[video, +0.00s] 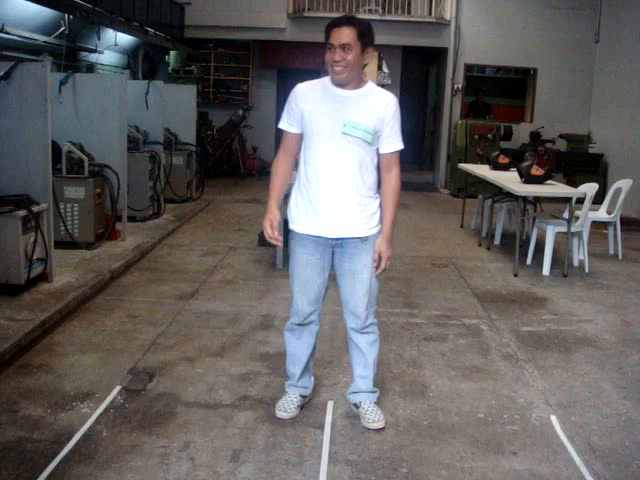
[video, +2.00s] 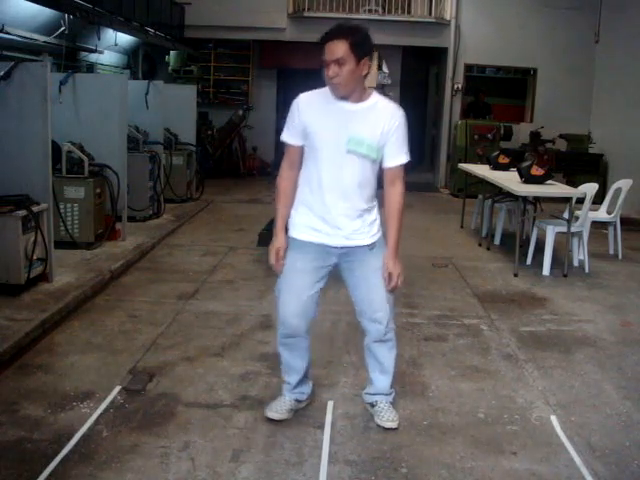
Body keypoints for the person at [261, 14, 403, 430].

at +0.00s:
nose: (337, 55)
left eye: (346, 47)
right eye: (331, 47)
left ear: (366, 53)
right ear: (324, 51)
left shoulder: (384, 104)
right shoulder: (303, 94)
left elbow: (390, 171)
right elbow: (285, 155)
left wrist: (386, 233)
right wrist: (272, 207)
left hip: (361, 231)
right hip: (307, 227)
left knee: (361, 319)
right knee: (302, 314)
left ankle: (364, 395)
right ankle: (297, 387)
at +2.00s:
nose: (330, 72)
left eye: (339, 63)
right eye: (326, 64)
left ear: (364, 64)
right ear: (323, 64)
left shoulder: (389, 115)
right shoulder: (305, 105)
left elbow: (394, 185)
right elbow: (288, 169)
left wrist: (392, 250)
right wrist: (280, 230)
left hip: (363, 241)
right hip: (306, 237)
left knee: (378, 321)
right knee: (290, 319)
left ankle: (380, 394)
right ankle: (296, 389)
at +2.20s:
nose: (283, 83)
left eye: (293, 76)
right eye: (280, 75)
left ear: (320, 78)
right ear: (276, 74)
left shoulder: (344, 127)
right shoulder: (262, 113)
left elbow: (361, 191)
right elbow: (251, 172)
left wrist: (361, 256)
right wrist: (244, 233)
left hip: (328, 248)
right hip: (272, 244)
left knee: (357, 321)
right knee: (251, 314)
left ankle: (379, 397)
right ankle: (265, 383)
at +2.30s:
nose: (260, 75)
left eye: (269, 67)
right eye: (254, 65)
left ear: (291, 68)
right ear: (247, 64)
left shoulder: (312, 113)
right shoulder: (232, 95)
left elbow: (340, 168)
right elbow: (220, 150)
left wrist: (340, 233)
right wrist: (214, 212)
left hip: (289, 236)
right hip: (237, 232)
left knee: (311, 315)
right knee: (239, 315)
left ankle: (350, 389)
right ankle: (264, 382)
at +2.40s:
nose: (238, 67)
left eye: (247, 58)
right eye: (231, 57)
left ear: (264, 56)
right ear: (222, 54)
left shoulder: (287, 101)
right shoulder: (205, 84)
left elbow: (317, 151)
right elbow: (192, 137)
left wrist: (313, 215)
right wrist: (184, 194)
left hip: (253, 222)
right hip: (206, 215)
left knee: (239, 302)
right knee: (202, 298)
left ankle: (264, 375)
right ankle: (240, 369)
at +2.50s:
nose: (205, 76)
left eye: (214, 68)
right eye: (199, 67)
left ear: (233, 65)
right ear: (190, 64)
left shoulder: (257, 105)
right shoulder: (176, 94)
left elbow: (287, 153)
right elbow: (169, 148)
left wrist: (283, 217)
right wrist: (153, 201)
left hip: (223, 231)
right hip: (177, 220)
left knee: (193, 311)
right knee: (138, 291)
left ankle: (200, 387)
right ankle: (158, 356)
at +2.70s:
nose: (156, 131)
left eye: (164, 121)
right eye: (146, 122)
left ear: (176, 116)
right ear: (132, 118)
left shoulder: (201, 158)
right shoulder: (117, 149)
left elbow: (219, 215)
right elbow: (111, 199)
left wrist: (216, 277)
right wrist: (96, 251)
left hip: (178, 263)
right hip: (126, 256)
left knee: (166, 332)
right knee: (84, 325)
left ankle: (185, 390)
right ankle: (64, 386)